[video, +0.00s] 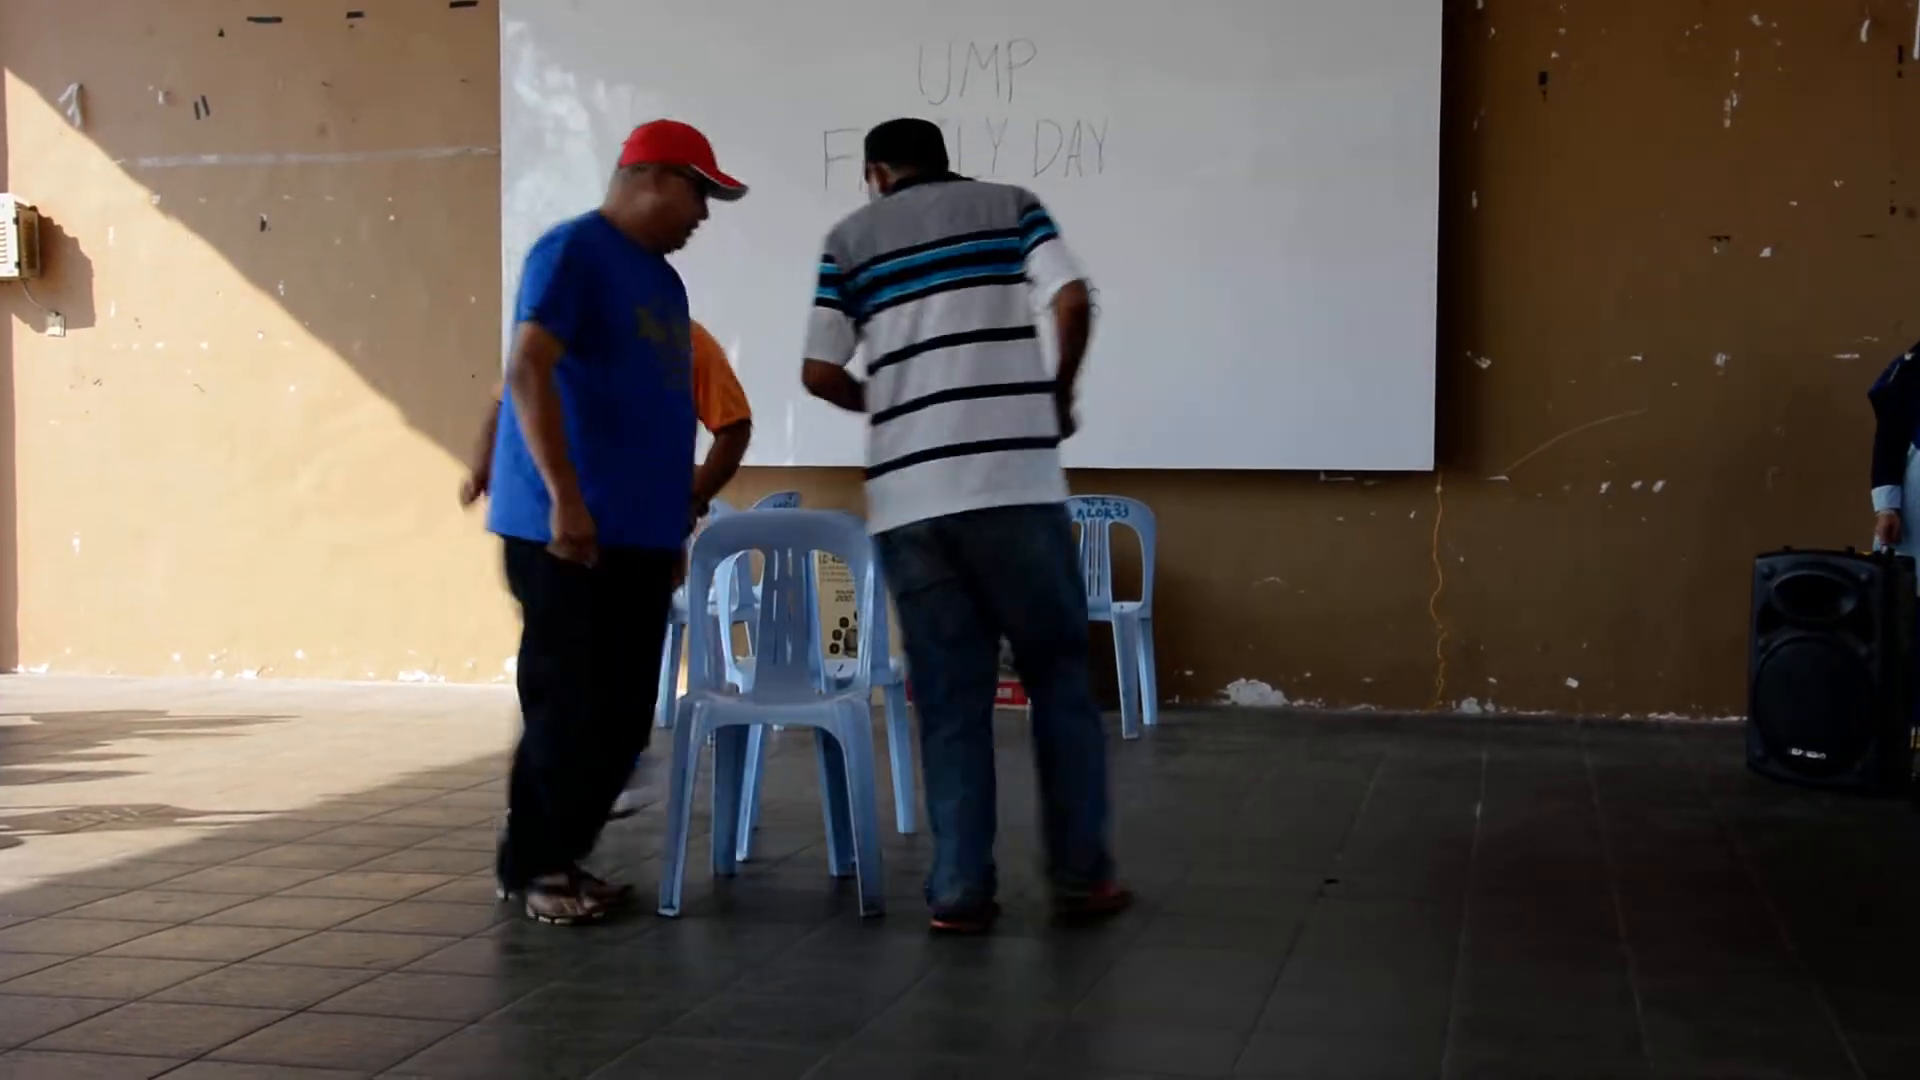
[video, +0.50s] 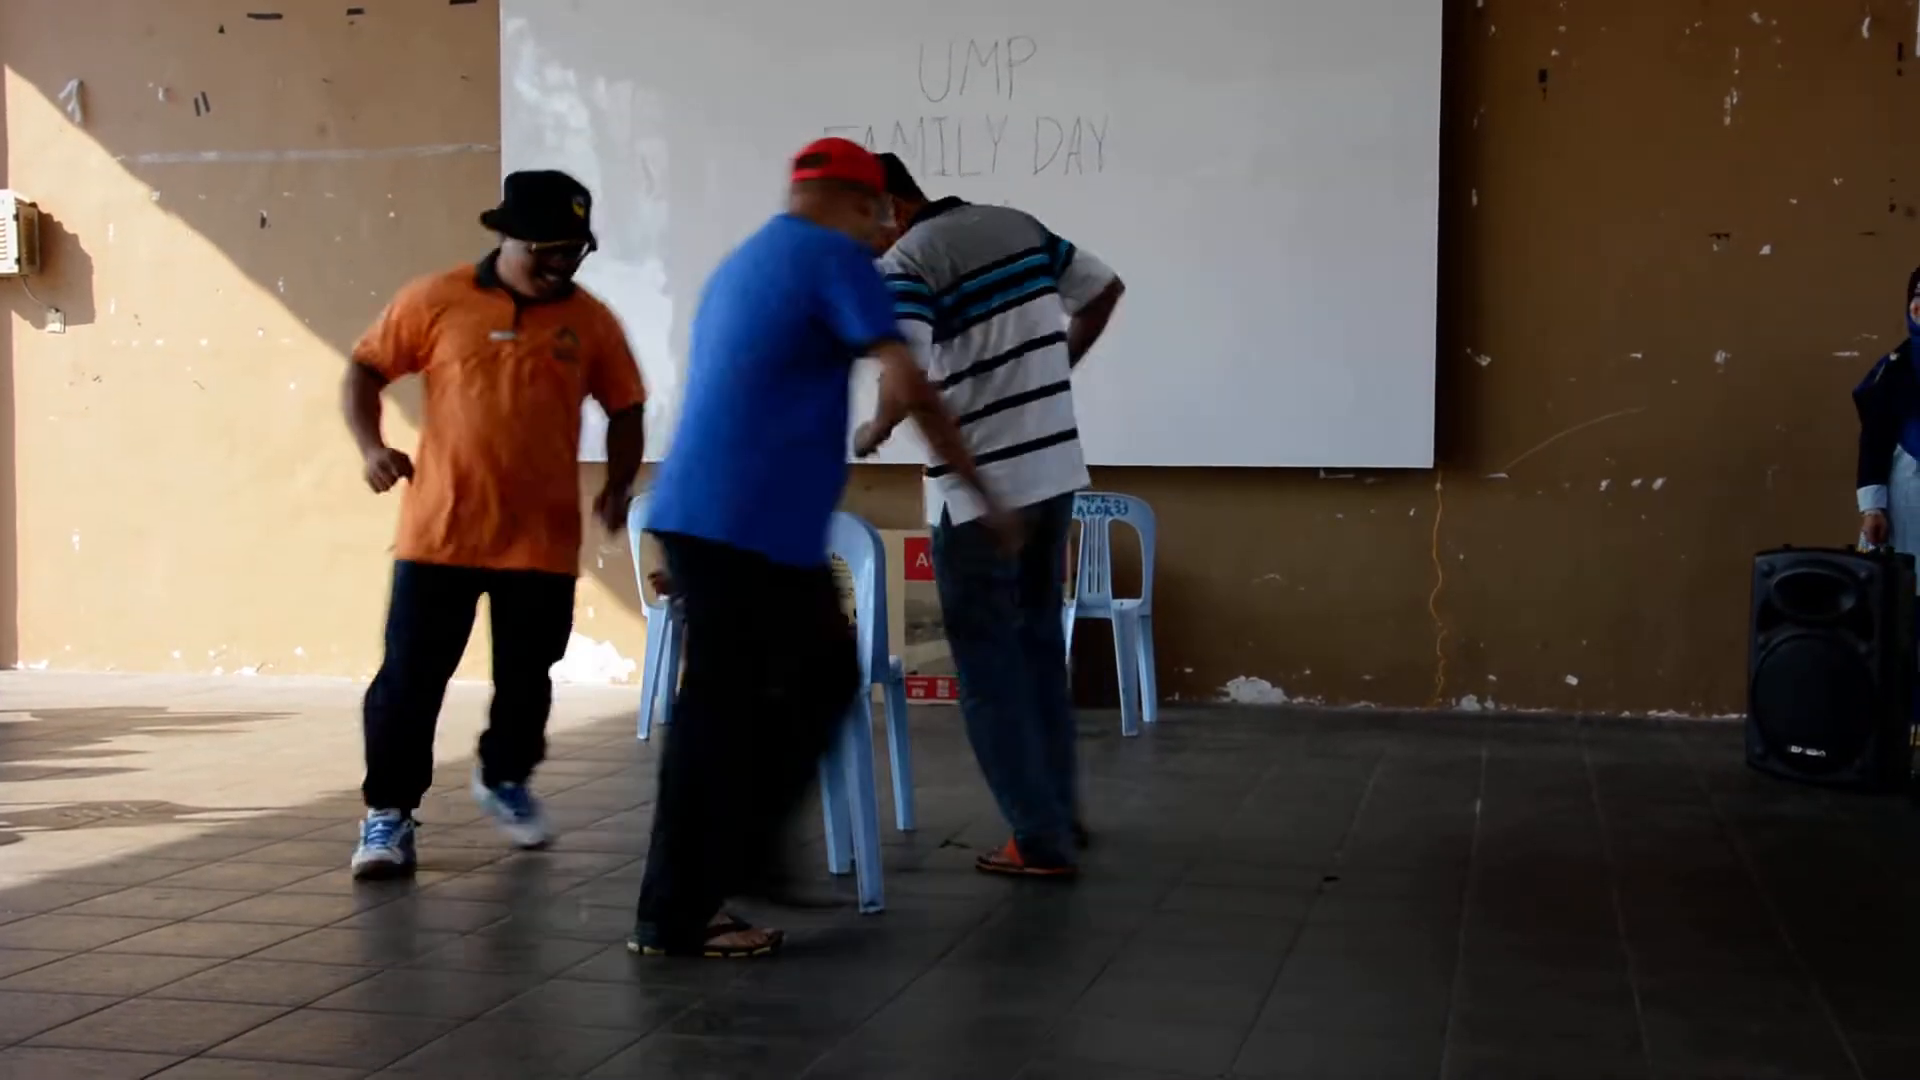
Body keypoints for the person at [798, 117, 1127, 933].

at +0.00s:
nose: (864, 191)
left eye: (864, 180)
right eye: (868, 181)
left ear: (877, 176)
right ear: (944, 164)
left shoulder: (849, 237)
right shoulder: (1010, 202)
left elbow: (819, 372)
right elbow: (1072, 298)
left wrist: (890, 404)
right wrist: (1062, 390)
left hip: (910, 503)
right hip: (1014, 489)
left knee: (948, 701)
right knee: (1060, 675)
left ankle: (959, 893)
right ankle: (1081, 875)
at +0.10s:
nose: (881, 204)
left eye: (879, 193)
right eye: (881, 194)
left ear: (896, 182)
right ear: (954, 171)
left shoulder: (878, 246)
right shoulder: (1037, 211)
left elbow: (853, 382)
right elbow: (1111, 308)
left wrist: (911, 424)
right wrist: (1094, 396)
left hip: (946, 504)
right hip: (1049, 488)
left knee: (970, 671)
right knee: (1070, 675)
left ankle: (985, 832)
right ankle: (1082, 874)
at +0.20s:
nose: (883, 217)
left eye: (881, 206)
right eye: (879, 207)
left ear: (901, 188)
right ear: (955, 177)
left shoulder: (898, 246)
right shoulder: (1047, 217)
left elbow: (883, 369)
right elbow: (1118, 322)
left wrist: (908, 441)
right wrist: (1058, 388)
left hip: (959, 496)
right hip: (1062, 482)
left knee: (981, 675)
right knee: (1075, 669)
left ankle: (1027, 848)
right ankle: (1080, 850)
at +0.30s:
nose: (876, 225)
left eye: (874, 212)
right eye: (872, 216)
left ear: (899, 194)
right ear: (942, 183)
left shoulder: (903, 247)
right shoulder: (1041, 221)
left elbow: (901, 354)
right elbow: (1113, 316)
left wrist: (904, 435)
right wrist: (1046, 366)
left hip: (967, 500)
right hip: (1061, 483)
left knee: (992, 682)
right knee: (1076, 654)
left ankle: (1041, 848)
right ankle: (1086, 782)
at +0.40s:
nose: (869, 241)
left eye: (865, 225)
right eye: (863, 229)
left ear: (890, 202)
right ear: (924, 193)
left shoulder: (908, 255)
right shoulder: (1028, 226)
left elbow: (910, 380)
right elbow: (1108, 314)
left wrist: (887, 454)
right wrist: (1052, 385)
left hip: (975, 497)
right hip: (1061, 483)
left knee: (980, 676)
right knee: (1062, 645)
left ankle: (1040, 846)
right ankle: (1086, 785)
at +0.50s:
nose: (867, 241)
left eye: (864, 225)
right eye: (861, 228)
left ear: (888, 206)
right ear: (920, 194)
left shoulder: (907, 259)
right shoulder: (1018, 224)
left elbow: (910, 378)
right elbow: (1102, 288)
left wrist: (876, 425)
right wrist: (1056, 365)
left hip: (978, 493)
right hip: (1054, 475)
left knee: (987, 661)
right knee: (1039, 646)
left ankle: (1040, 840)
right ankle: (1060, 819)